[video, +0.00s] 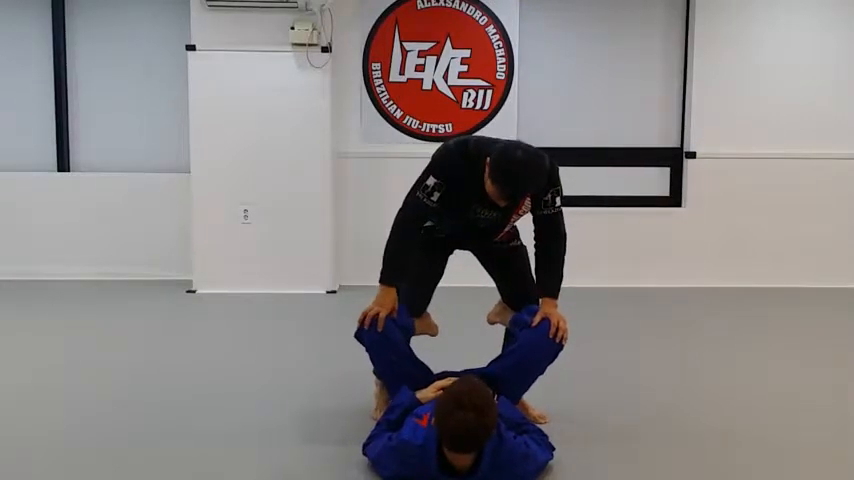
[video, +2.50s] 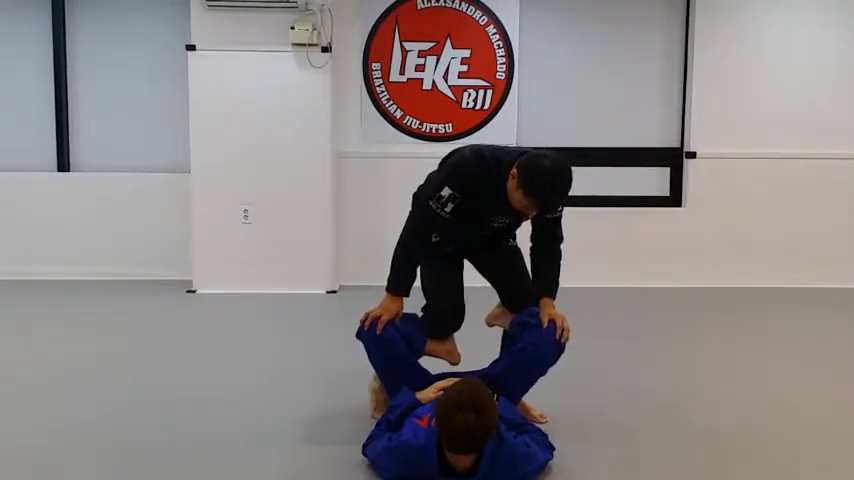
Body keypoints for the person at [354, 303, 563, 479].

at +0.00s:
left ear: (435, 418)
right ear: (495, 419)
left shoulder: (407, 450)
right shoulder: (515, 456)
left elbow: (373, 444)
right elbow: (541, 443)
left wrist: (413, 398)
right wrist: (505, 403)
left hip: (424, 394)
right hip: (492, 393)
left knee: (375, 325)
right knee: (548, 328)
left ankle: (416, 320)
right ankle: (508, 313)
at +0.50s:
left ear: (434, 421)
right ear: (495, 422)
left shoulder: (407, 452)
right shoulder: (514, 457)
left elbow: (374, 443)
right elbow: (542, 443)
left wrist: (413, 397)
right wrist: (503, 403)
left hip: (423, 394)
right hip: (491, 391)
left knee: (374, 325)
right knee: (543, 328)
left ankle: (420, 319)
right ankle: (508, 308)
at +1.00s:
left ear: (434, 419)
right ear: (494, 422)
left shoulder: (408, 451)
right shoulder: (514, 456)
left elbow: (374, 443)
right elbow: (540, 443)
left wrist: (413, 398)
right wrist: (507, 404)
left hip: (422, 396)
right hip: (490, 392)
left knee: (371, 327)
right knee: (543, 329)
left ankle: (417, 318)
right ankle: (509, 309)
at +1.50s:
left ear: (434, 419)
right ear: (495, 418)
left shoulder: (407, 452)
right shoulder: (515, 456)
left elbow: (374, 443)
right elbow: (540, 442)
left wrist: (414, 397)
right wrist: (506, 403)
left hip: (424, 396)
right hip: (492, 393)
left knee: (373, 327)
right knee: (546, 326)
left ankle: (431, 333)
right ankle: (509, 312)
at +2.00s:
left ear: (435, 421)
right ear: (495, 419)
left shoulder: (408, 451)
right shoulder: (515, 456)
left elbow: (373, 444)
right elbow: (539, 441)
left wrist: (414, 398)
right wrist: (507, 403)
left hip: (424, 395)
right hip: (492, 393)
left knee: (370, 329)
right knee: (548, 331)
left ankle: (431, 336)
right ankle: (508, 312)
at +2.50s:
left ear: (436, 421)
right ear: (496, 420)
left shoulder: (408, 452)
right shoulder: (515, 456)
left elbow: (373, 444)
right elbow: (539, 440)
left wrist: (414, 398)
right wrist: (505, 404)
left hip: (423, 397)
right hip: (493, 394)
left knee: (374, 327)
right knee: (550, 331)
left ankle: (438, 343)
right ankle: (510, 315)